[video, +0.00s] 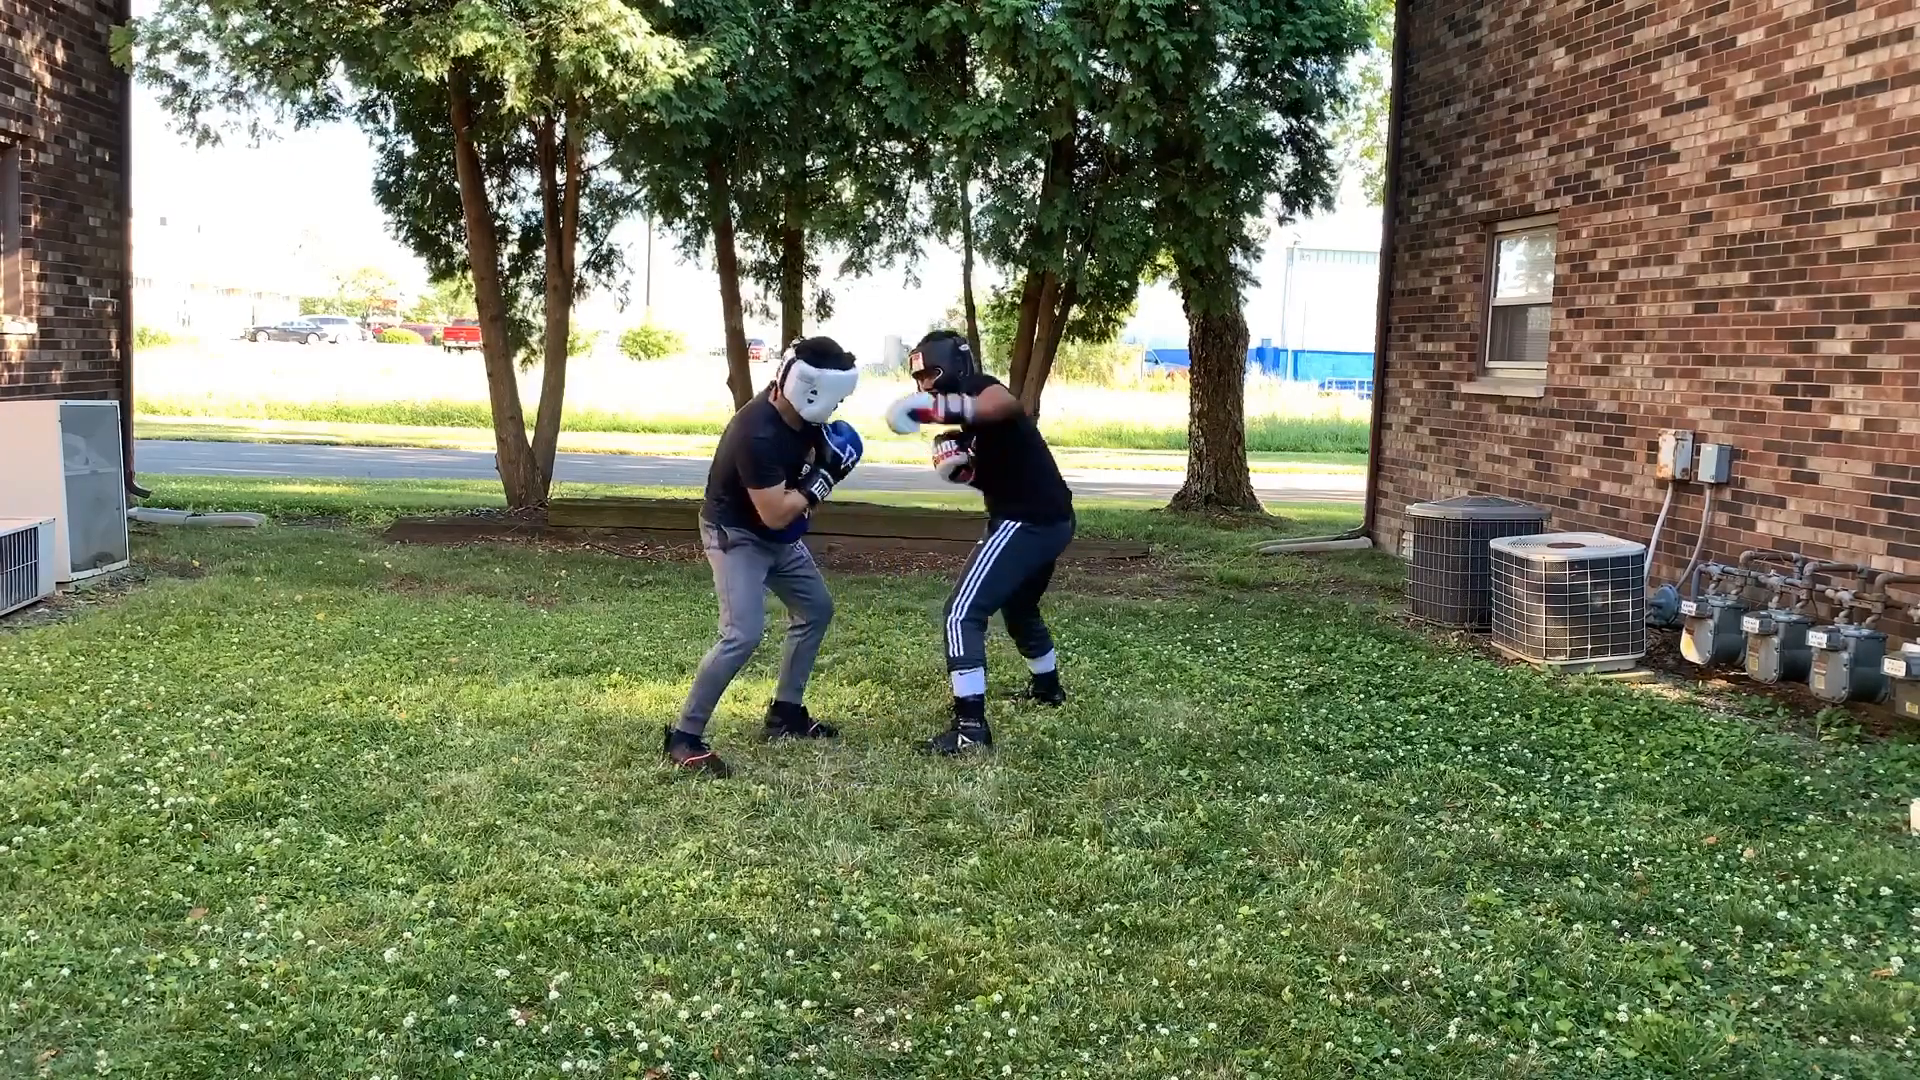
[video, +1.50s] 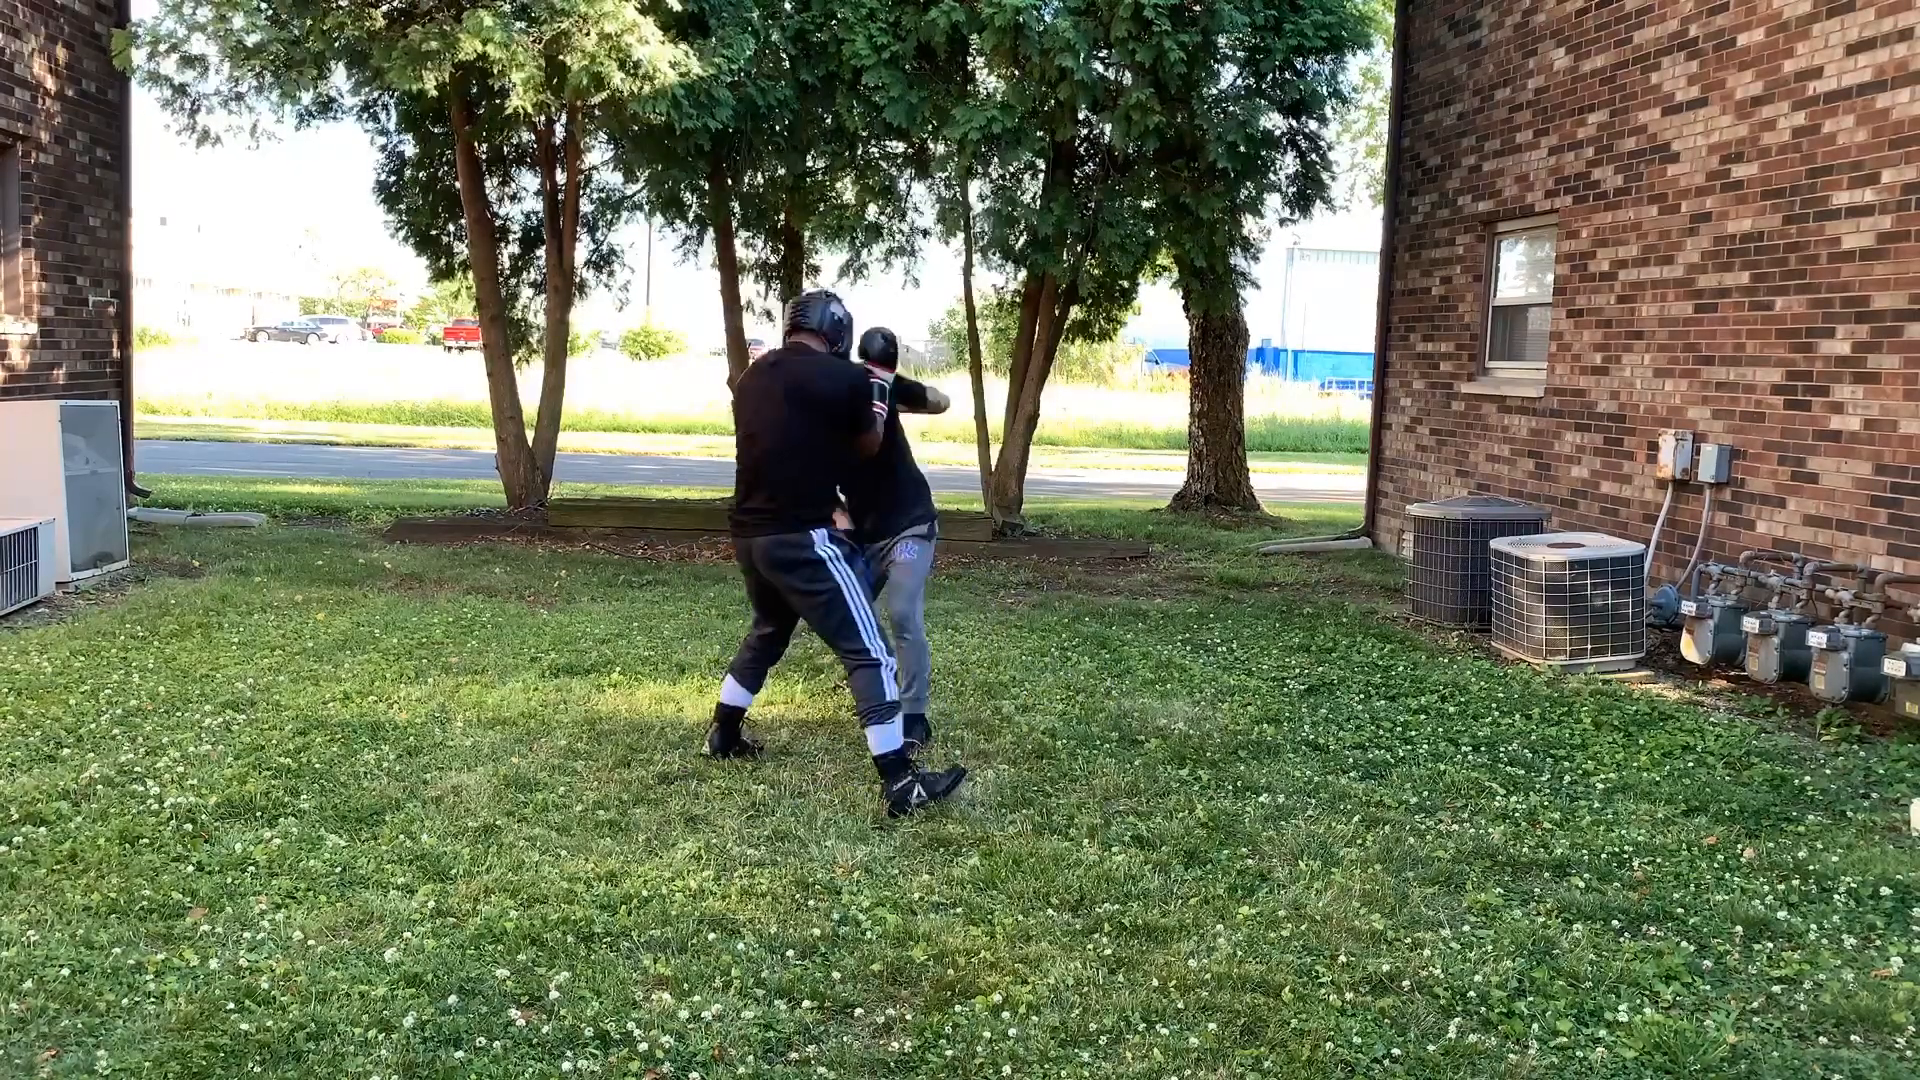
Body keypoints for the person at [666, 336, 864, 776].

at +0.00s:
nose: (833, 406)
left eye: (836, 397)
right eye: (829, 397)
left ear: (801, 385)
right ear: (800, 387)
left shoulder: (802, 416)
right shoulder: (756, 431)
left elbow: (807, 471)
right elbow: (777, 516)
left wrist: (828, 465)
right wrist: (822, 481)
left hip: (780, 535)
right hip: (734, 536)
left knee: (815, 608)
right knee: (742, 634)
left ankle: (787, 713)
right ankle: (685, 737)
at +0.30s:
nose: (821, 518)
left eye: (827, 509)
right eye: (815, 511)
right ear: (787, 497)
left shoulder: (809, 490)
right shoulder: (729, 500)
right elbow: (715, 564)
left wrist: (817, 550)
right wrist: (779, 564)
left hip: (772, 557)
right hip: (713, 562)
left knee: (839, 620)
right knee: (719, 631)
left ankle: (840, 712)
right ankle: (677, 738)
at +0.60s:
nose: (858, 473)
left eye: (863, 465)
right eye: (853, 466)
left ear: (867, 451)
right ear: (825, 450)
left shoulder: (858, 458)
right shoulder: (771, 452)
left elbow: (874, 491)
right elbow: (744, 517)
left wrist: (849, 511)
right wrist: (802, 516)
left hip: (808, 546)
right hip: (748, 540)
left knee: (854, 614)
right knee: (718, 622)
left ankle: (840, 709)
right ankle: (683, 721)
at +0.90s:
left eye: (812, 357)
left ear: (815, 361)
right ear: (859, 356)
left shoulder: (798, 401)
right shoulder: (893, 387)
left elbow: (794, 459)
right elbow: (901, 451)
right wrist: (896, 381)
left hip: (829, 540)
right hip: (888, 532)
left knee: (830, 630)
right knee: (932, 645)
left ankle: (804, 734)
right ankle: (914, 765)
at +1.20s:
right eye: (878, 334)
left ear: (831, 340)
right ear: (878, 341)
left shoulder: (796, 384)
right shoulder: (906, 384)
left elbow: (796, 452)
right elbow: (906, 458)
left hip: (807, 540)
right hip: (869, 537)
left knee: (816, 635)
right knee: (912, 655)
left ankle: (801, 735)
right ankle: (908, 779)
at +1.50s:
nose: (844, 347)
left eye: (841, 341)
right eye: (845, 339)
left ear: (788, 329)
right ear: (835, 335)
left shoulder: (752, 377)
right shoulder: (844, 376)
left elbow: (773, 436)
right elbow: (870, 446)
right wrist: (869, 396)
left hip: (751, 536)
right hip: (804, 536)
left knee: (770, 627)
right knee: (867, 650)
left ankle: (724, 733)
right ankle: (900, 780)